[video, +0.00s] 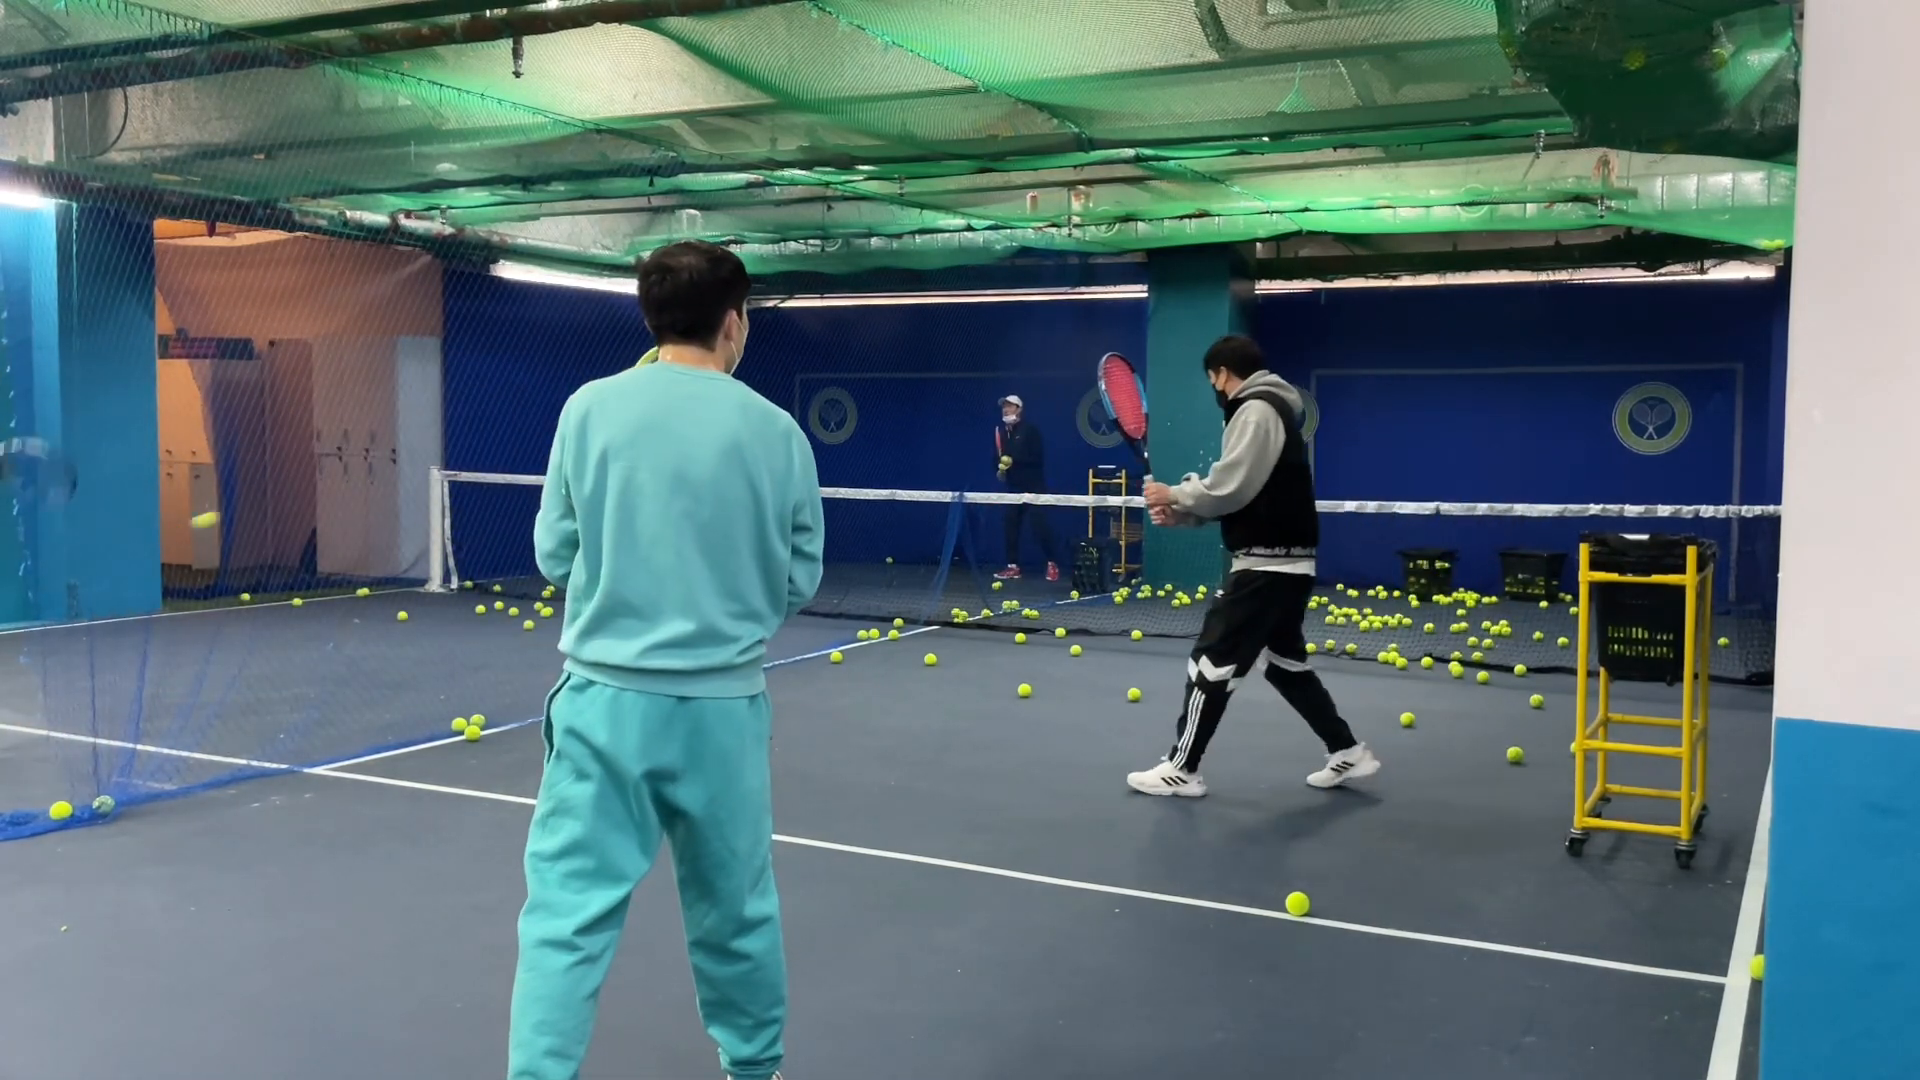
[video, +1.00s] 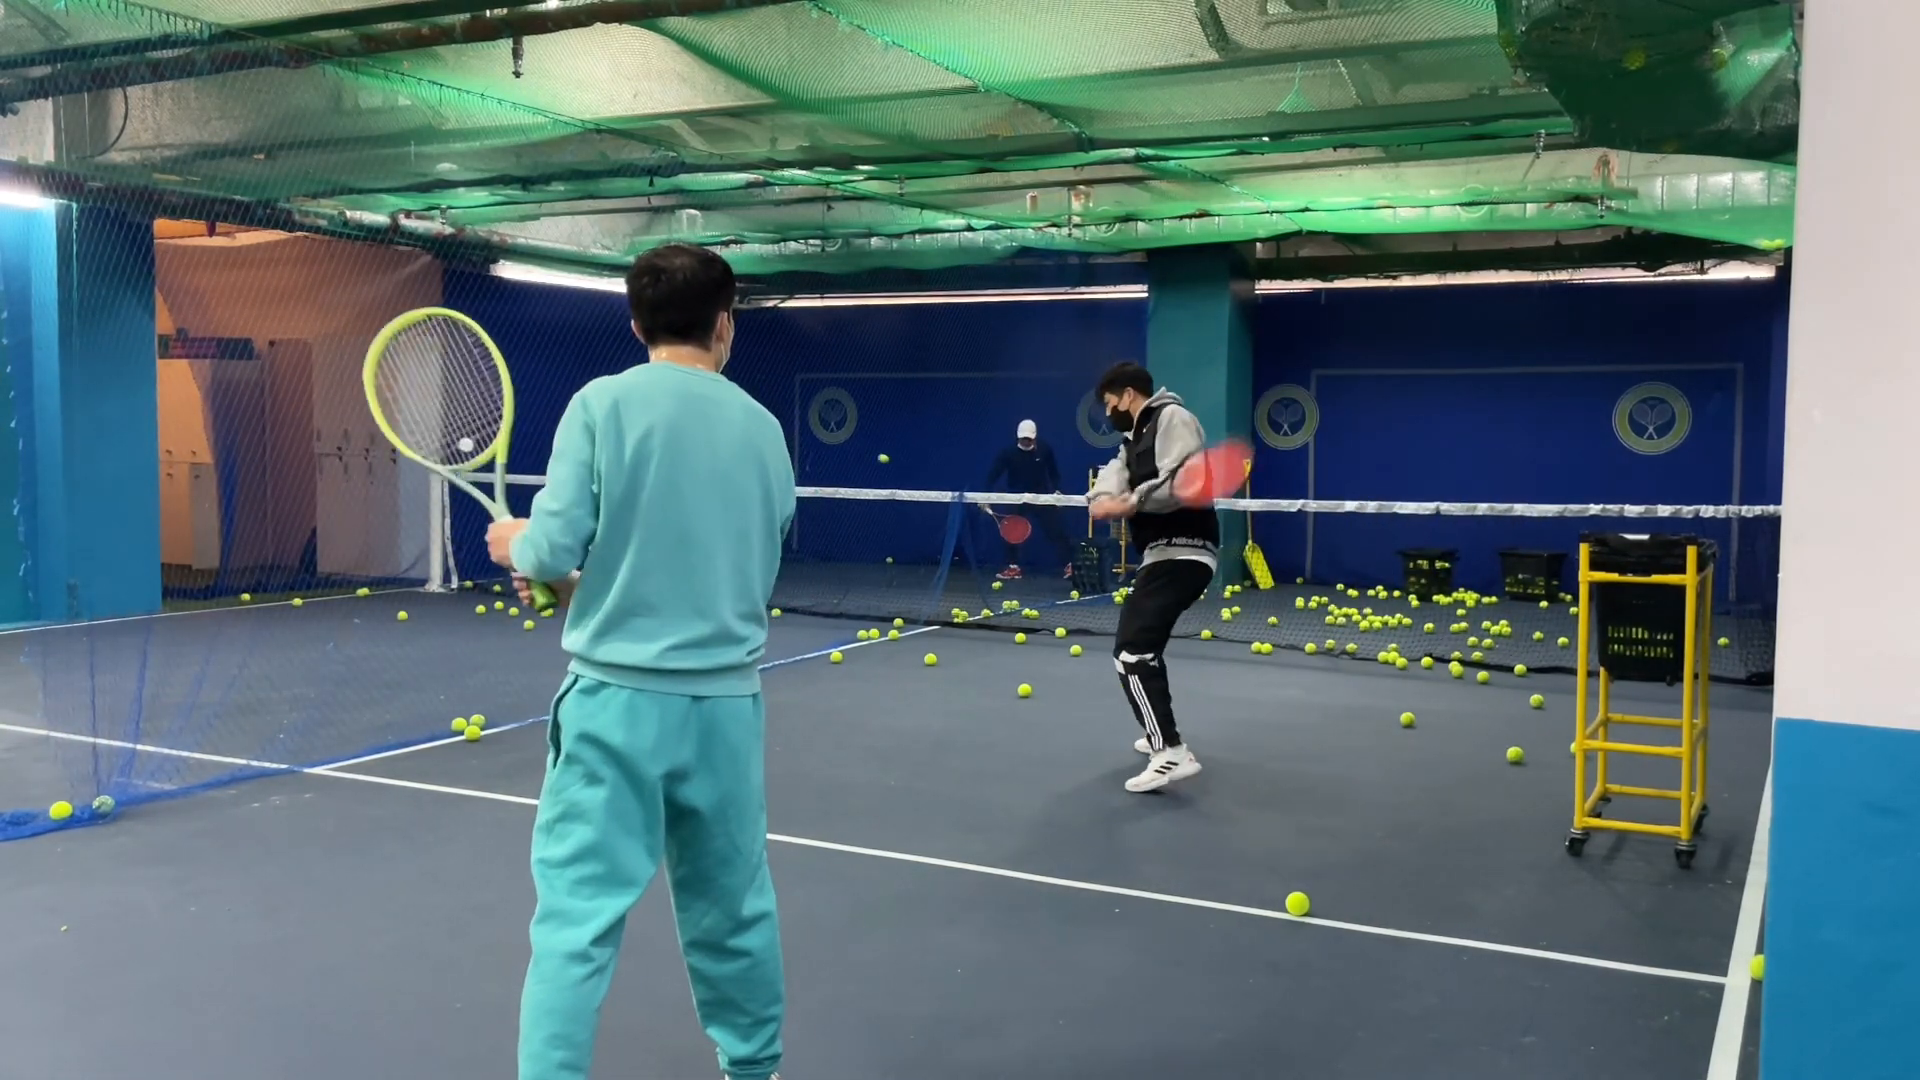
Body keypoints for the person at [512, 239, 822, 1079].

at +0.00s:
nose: (748, 328)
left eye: (744, 314)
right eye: (746, 314)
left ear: (650, 321)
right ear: (730, 321)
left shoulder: (590, 410)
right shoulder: (776, 431)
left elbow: (555, 549)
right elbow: (800, 573)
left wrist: (632, 586)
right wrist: (725, 611)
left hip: (603, 708)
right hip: (724, 713)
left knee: (566, 914)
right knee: (736, 909)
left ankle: (537, 1070)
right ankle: (753, 1064)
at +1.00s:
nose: (736, 327)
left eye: (730, 314)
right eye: (734, 315)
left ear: (641, 324)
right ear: (722, 321)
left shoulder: (600, 406)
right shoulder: (762, 428)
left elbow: (557, 550)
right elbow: (756, 557)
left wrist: (515, 544)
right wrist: (594, 571)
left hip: (612, 707)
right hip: (726, 711)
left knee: (576, 920)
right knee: (733, 909)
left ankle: (549, 1071)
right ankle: (752, 1065)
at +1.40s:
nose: (595, 323)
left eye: (597, 313)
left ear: (601, 323)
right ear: (692, 327)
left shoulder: (603, 395)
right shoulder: (707, 415)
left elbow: (551, 507)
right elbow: (595, 531)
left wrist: (433, 468)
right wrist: (458, 518)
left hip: (615, 709)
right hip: (711, 706)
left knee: (581, 931)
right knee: (718, 902)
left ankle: (563, 1071)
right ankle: (752, 1063)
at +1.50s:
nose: (582, 323)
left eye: (583, 312)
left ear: (587, 323)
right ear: (680, 327)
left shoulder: (602, 399)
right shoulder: (692, 415)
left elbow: (575, 513)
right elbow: (573, 533)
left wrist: (444, 473)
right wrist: (451, 519)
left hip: (612, 710)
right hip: (702, 707)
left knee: (577, 932)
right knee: (711, 900)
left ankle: (564, 1071)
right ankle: (751, 1063)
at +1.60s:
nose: (564, 322)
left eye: (564, 311)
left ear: (571, 323)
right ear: (665, 325)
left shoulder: (600, 399)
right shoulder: (674, 413)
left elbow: (592, 519)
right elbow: (571, 536)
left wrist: (456, 483)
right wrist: (453, 525)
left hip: (608, 710)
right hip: (692, 706)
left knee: (572, 932)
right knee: (705, 901)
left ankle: (561, 1070)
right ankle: (748, 1064)